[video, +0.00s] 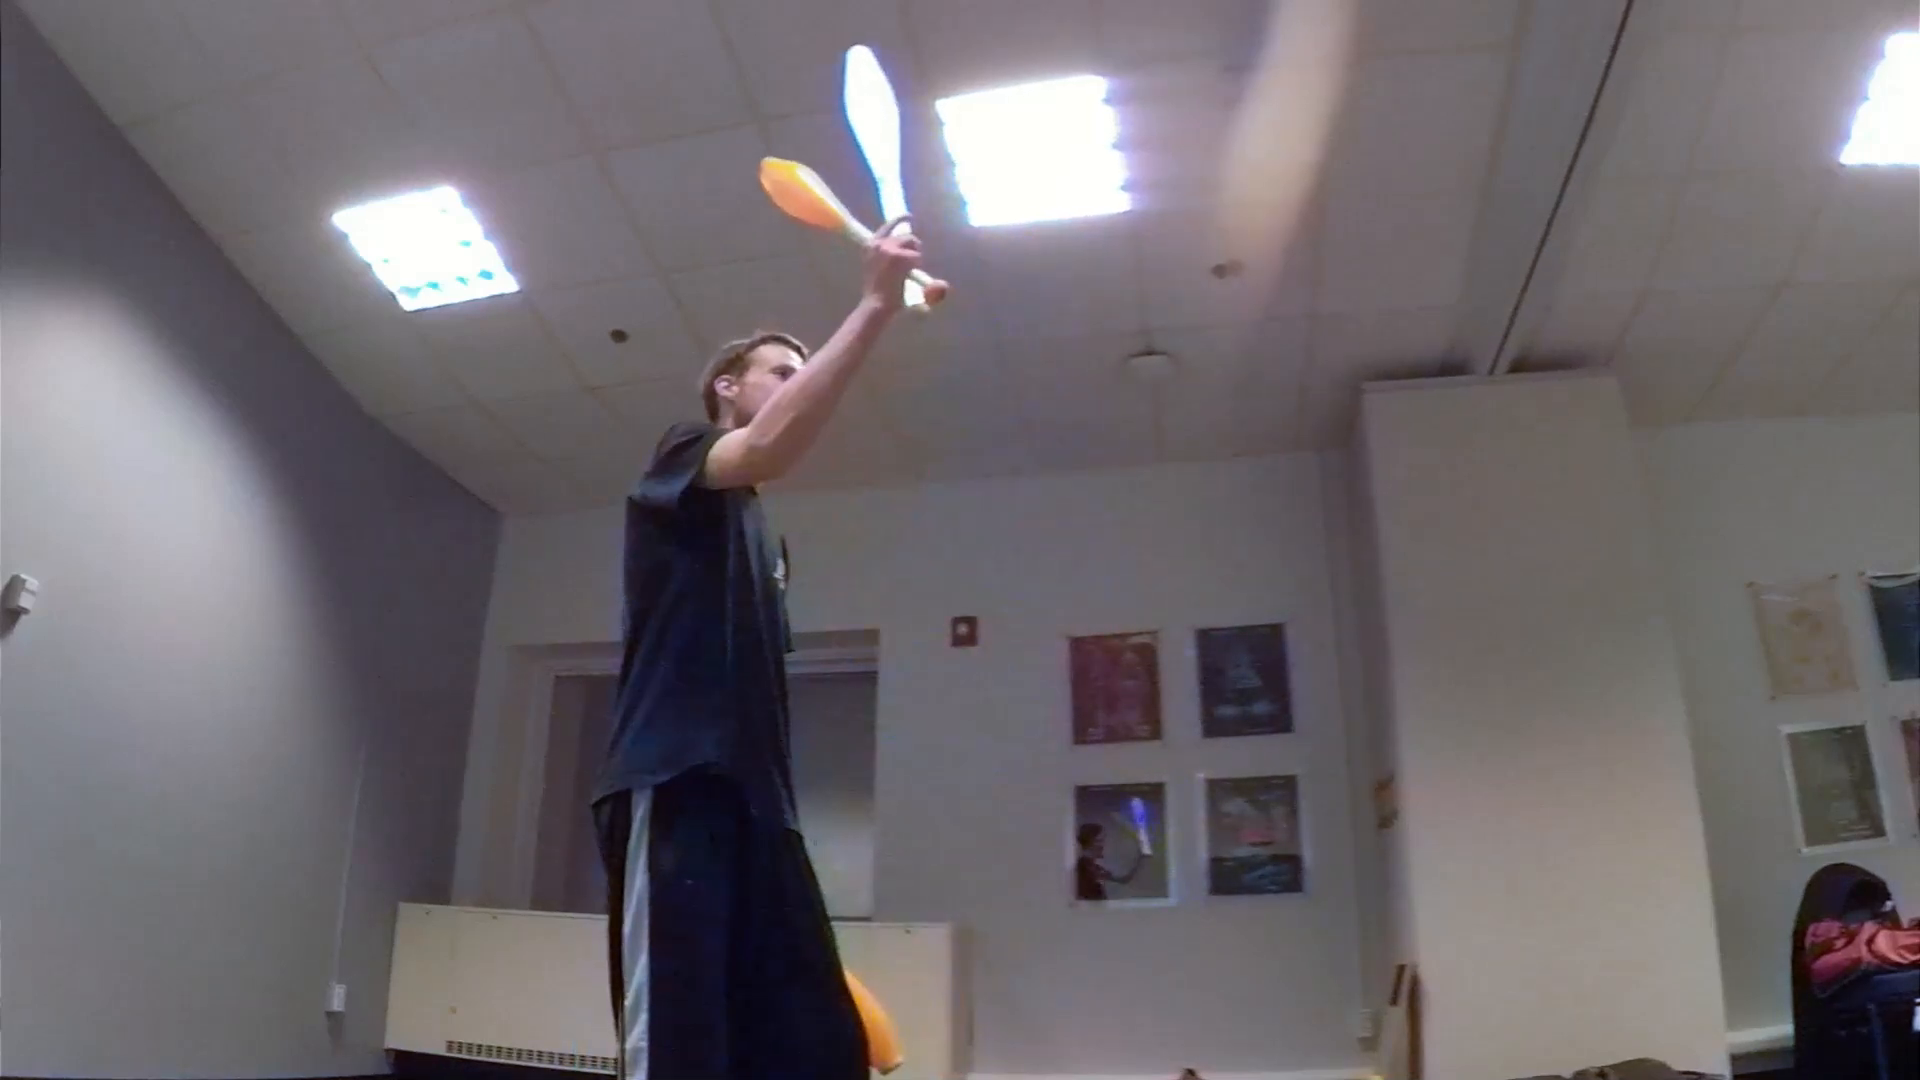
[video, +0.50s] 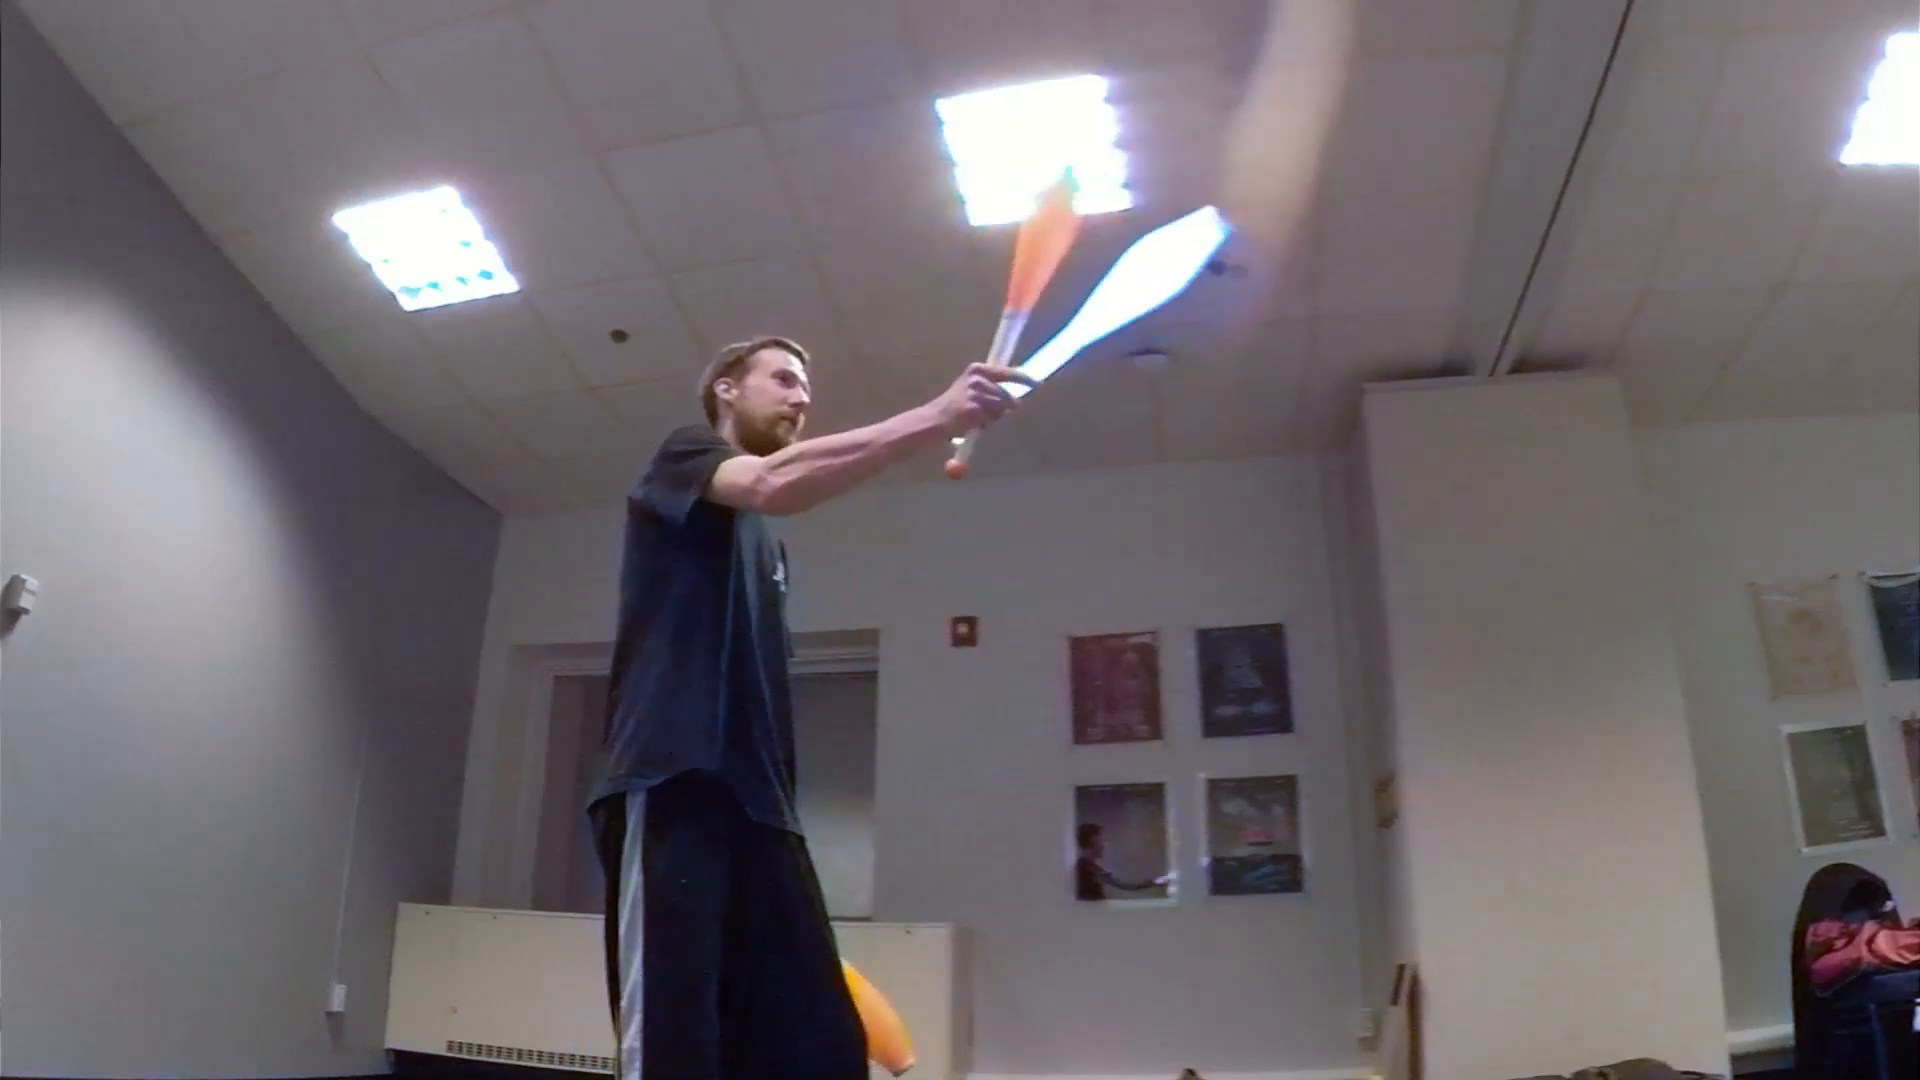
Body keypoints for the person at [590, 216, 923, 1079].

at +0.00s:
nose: (797, 392)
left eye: (803, 382)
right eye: (781, 374)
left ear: (776, 397)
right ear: (725, 389)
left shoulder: (755, 518)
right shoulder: (682, 457)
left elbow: (751, 667)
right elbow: (767, 447)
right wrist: (875, 303)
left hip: (753, 788)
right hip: (677, 778)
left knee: (813, 1021)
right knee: (679, 1015)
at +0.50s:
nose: (801, 397)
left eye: (805, 388)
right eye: (782, 378)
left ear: (799, 411)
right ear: (724, 388)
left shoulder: (763, 534)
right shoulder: (684, 454)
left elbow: (751, 666)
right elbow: (770, 484)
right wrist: (934, 415)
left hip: (755, 798)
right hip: (674, 786)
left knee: (813, 1029)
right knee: (671, 1026)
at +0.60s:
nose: (805, 395)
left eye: (808, 386)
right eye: (786, 376)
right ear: (728, 385)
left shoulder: (763, 515)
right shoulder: (685, 451)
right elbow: (757, 502)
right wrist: (930, 447)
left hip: (756, 793)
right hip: (675, 784)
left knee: (813, 1030)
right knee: (678, 1024)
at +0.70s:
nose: (812, 392)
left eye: (814, 384)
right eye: (792, 373)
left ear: (808, 409)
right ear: (733, 385)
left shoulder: (753, 522)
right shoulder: (689, 456)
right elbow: (723, 550)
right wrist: (897, 533)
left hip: (759, 802)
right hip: (682, 794)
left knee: (820, 1037)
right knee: (685, 1037)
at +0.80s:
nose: (821, 392)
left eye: (823, 382)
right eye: (802, 372)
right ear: (743, 384)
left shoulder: (770, 526)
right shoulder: (703, 462)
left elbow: (744, 645)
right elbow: (688, 597)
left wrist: (829, 670)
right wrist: (847, 629)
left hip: (761, 807)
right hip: (683, 801)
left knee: (830, 1037)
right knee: (685, 1040)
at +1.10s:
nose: (873, 393)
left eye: (874, 382)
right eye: (854, 373)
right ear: (797, 383)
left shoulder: (821, 532)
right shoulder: (750, 465)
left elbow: (776, 660)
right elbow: (701, 612)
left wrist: (842, 678)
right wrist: (852, 649)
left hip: (778, 804)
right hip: (699, 798)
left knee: (841, 1031)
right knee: (694, 1036)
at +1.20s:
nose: (893, 397)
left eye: (894, 387)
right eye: (874, 378)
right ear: (816, 390)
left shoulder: (838, 538)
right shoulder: (772, 466)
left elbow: (803, 701)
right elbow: (745, 597)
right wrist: (911, 576)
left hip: (798, 818)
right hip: (722, 809)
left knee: (839, 1040)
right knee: (703, 1043)